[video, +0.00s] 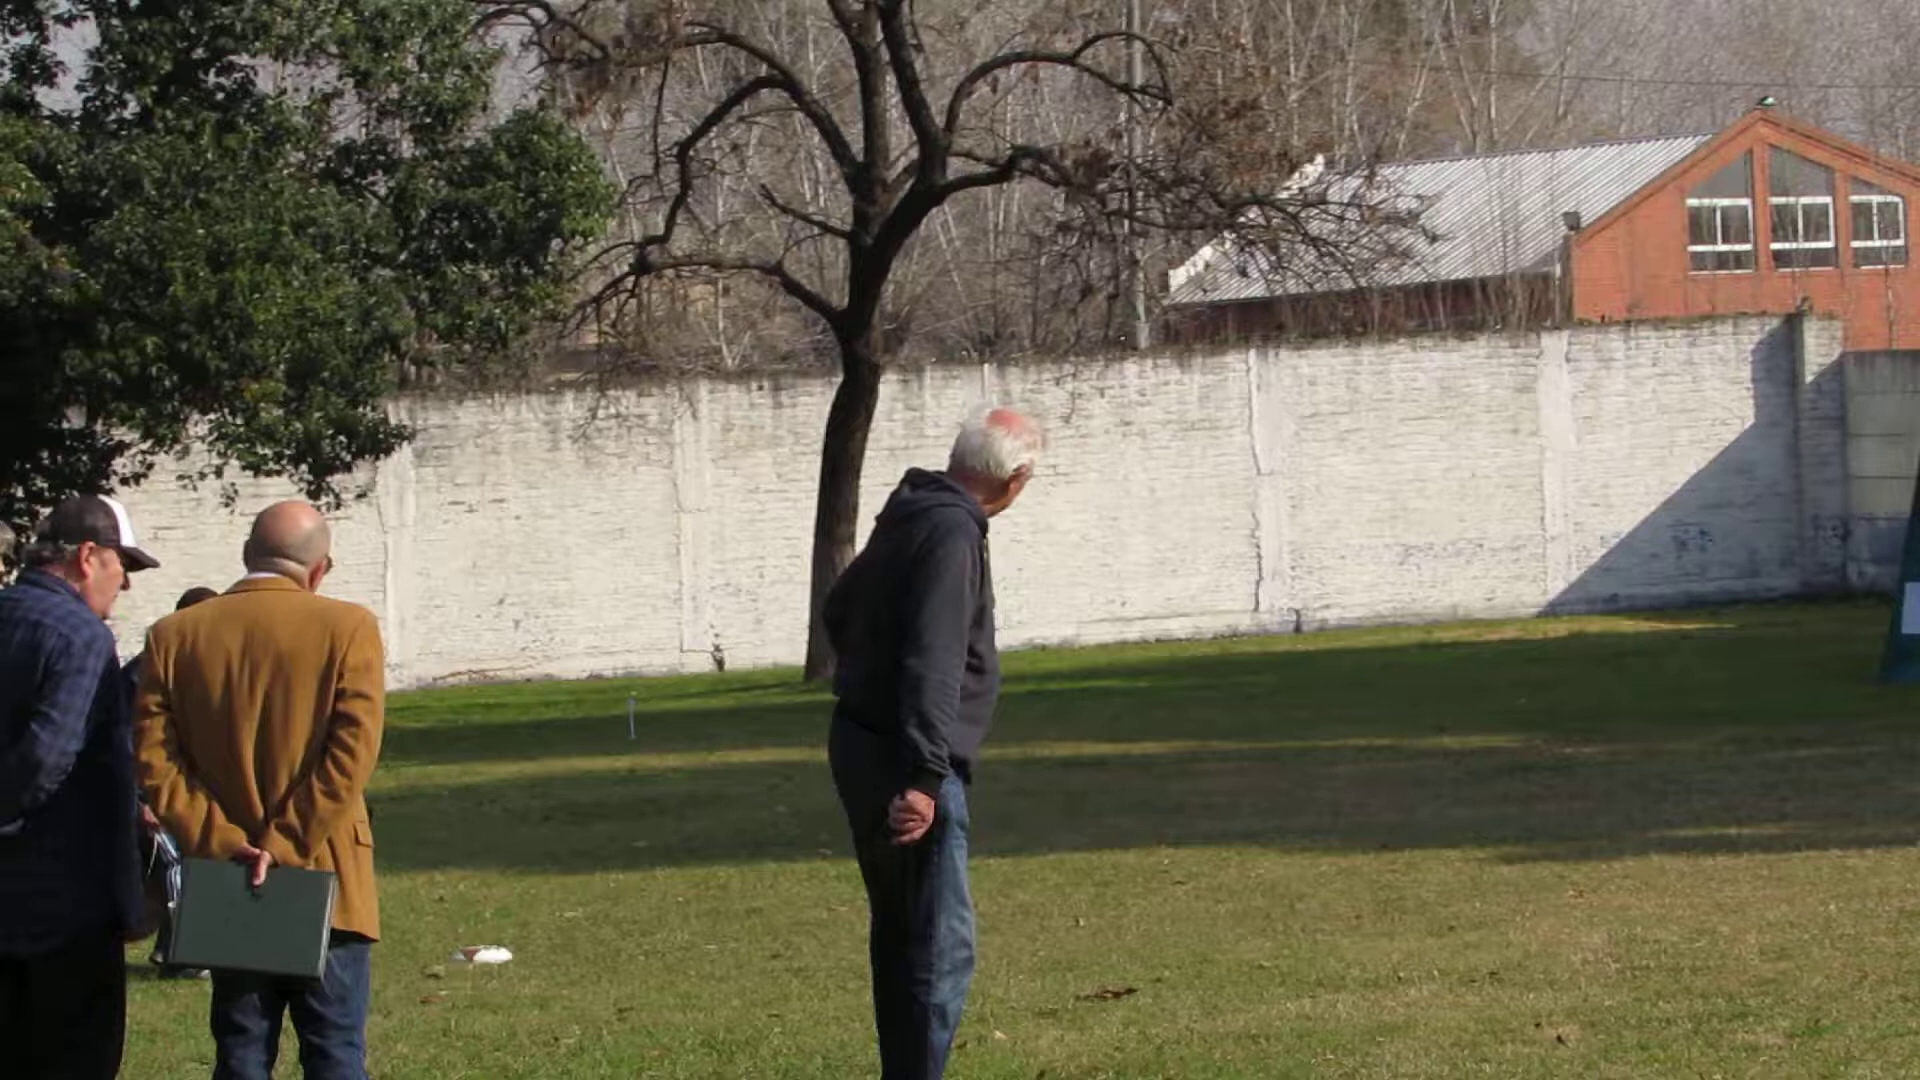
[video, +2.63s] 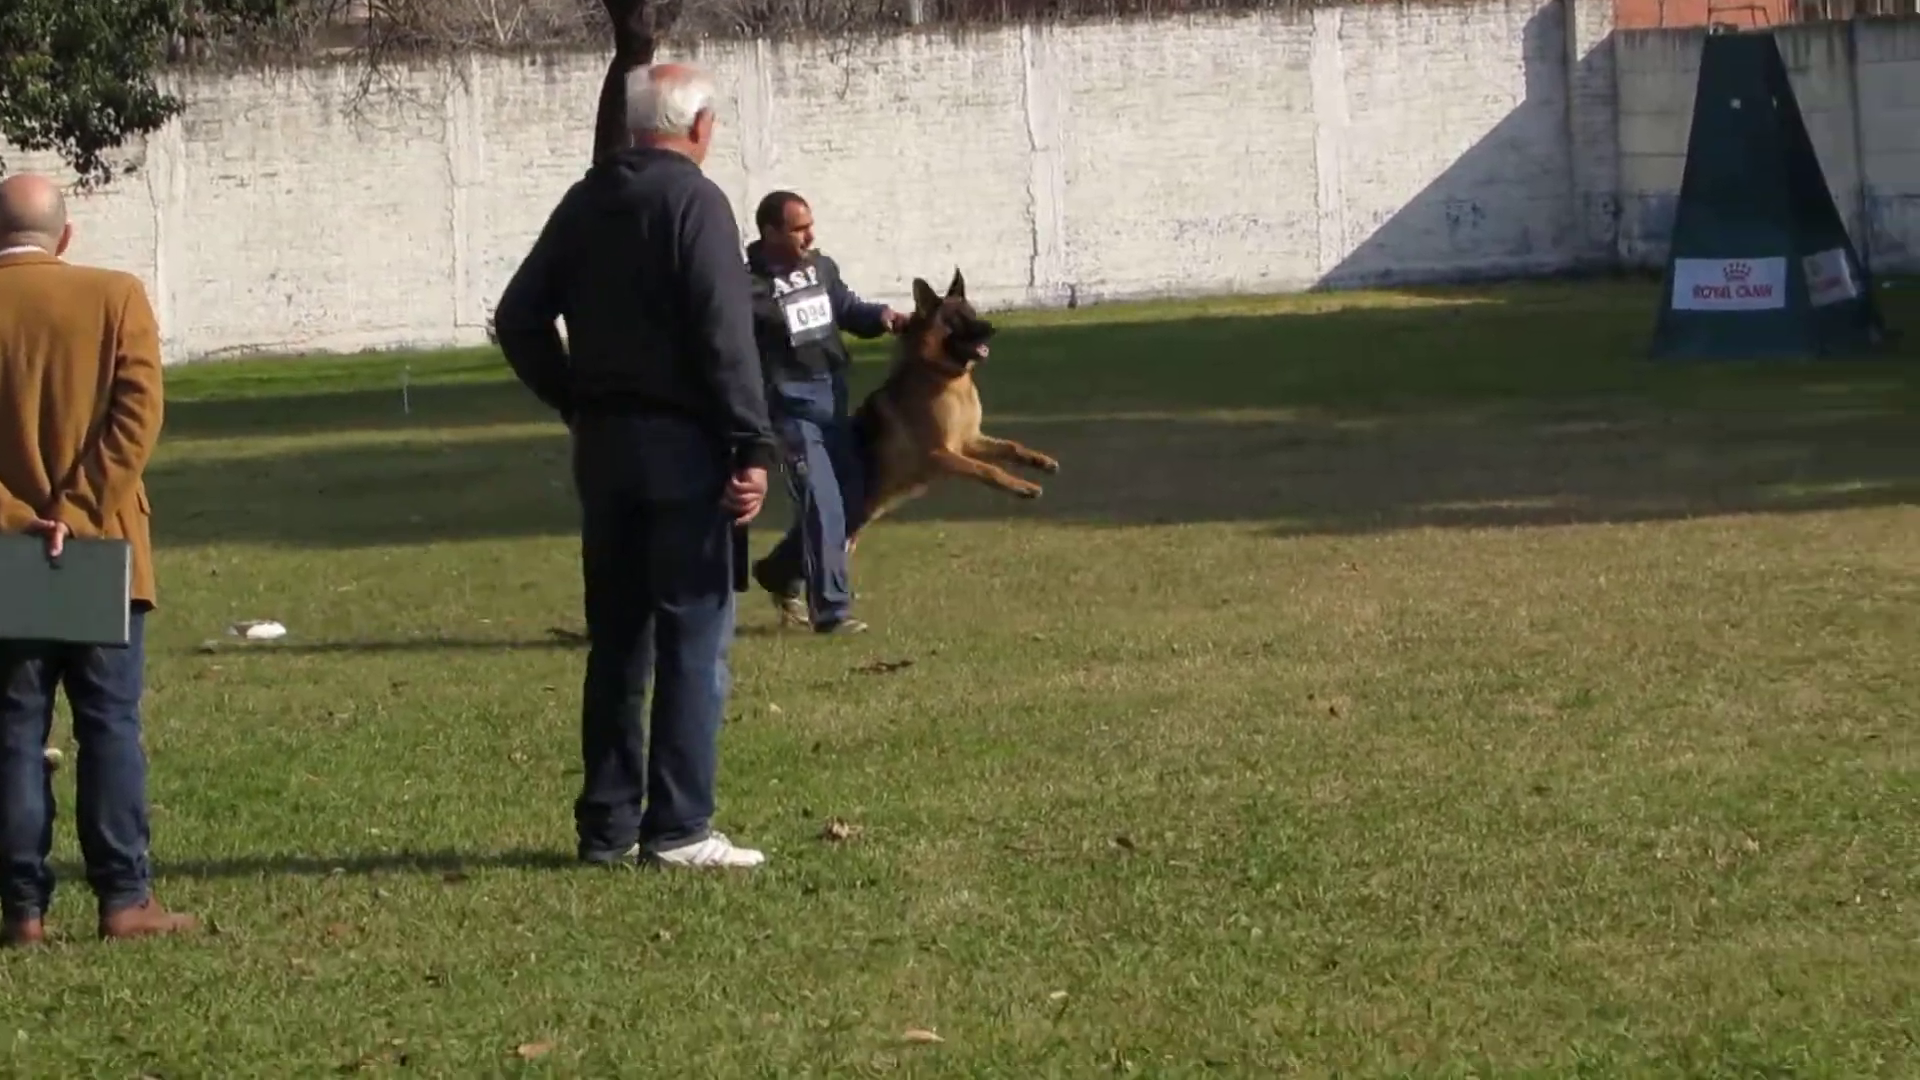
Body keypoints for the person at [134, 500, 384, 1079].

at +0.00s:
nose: (325, 571)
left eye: (322, 562)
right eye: (325, 563)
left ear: (245, 557)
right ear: (316, 569)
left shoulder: (172, 634)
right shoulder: (349, 627)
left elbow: (152, 764)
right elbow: (351, 756)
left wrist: (224, 841)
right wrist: (283, 843)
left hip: (226, 899)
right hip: (331, 895)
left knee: (241, 1055)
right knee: (336, 1053)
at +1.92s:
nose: (291, 478)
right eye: (291, 470)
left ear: (210, 472)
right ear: (282, 476)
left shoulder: (149, 549)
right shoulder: (328, 535)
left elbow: (137, 676)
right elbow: (339, 659)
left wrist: (215, 752)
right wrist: (274, 747)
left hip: (210, 804)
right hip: (317, 799)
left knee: (225, 962)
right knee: (320, 960)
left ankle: (231, 1076)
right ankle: (327, 1074)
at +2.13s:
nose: (267, 374)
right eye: (266, 365)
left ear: (186, 368)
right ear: (262, 372)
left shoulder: (133, 448)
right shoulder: (309, 434)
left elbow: (118, 575)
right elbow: (319, 555)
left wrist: (189, 649)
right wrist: (260, 648)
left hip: (191, 702)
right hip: (295, 698)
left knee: (205, 859)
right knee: (300, 857)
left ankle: (213, 1037)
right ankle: (315, 1030)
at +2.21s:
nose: (237, 332)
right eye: (237, 323)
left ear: (156, 331)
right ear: (233, 332)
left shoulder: (109, 408)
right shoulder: (283, 393)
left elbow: (93, 536)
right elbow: (295, 515)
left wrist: (170, 608)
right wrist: (236, 609)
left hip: (167, 661)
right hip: (270, 657)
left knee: (180, 819)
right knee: (275, 817)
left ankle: (189, 997)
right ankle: (290, 990)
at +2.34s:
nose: (188, 291)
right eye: (187, 282)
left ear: (107, 291)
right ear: (184, 291)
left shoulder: (60, 370)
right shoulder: (237, 352)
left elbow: (47, 498)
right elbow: (250, 475)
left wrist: (128, 571)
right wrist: (192, 568)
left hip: (121, 620)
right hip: (225, 616)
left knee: (135, 776)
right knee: (230, 775)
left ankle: (143, 958)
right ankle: (244, 950)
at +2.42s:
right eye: (158, 262)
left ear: (76, 274)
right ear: (154, 272)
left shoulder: (27, 355)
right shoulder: (207, 333)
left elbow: (18, 482)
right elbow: (222, 454)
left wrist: (89, 549)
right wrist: (165, 547)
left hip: (90, 604)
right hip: (196, 598)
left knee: (105, 763)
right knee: (200, 760)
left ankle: (114, 941)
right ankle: (215, 934)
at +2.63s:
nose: (69, 233)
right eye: (70, 225)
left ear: (0, 233)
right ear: (65, 235)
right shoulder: (118, 297)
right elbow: (137, 419)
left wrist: (22, 520)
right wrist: (77, 508)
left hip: (9, 564)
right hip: (105, 562)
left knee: (18, 730)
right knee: (111, 725)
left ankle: (24, 908)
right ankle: (126, 899)